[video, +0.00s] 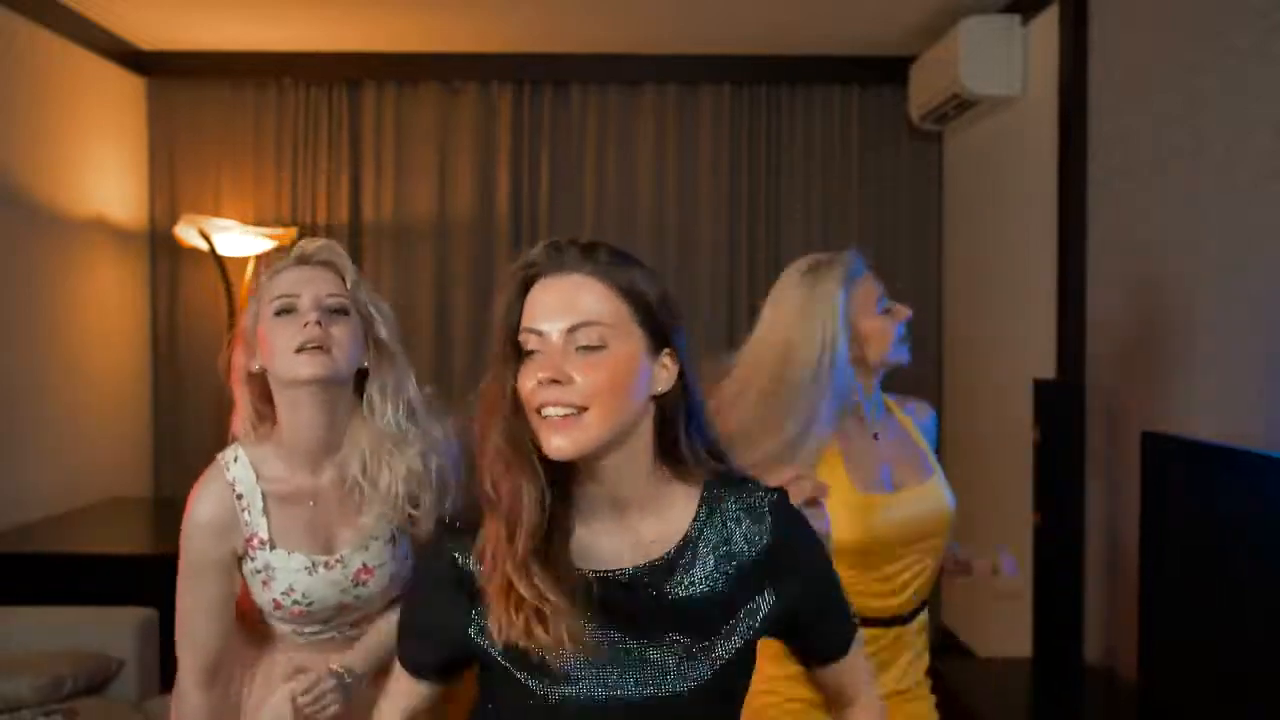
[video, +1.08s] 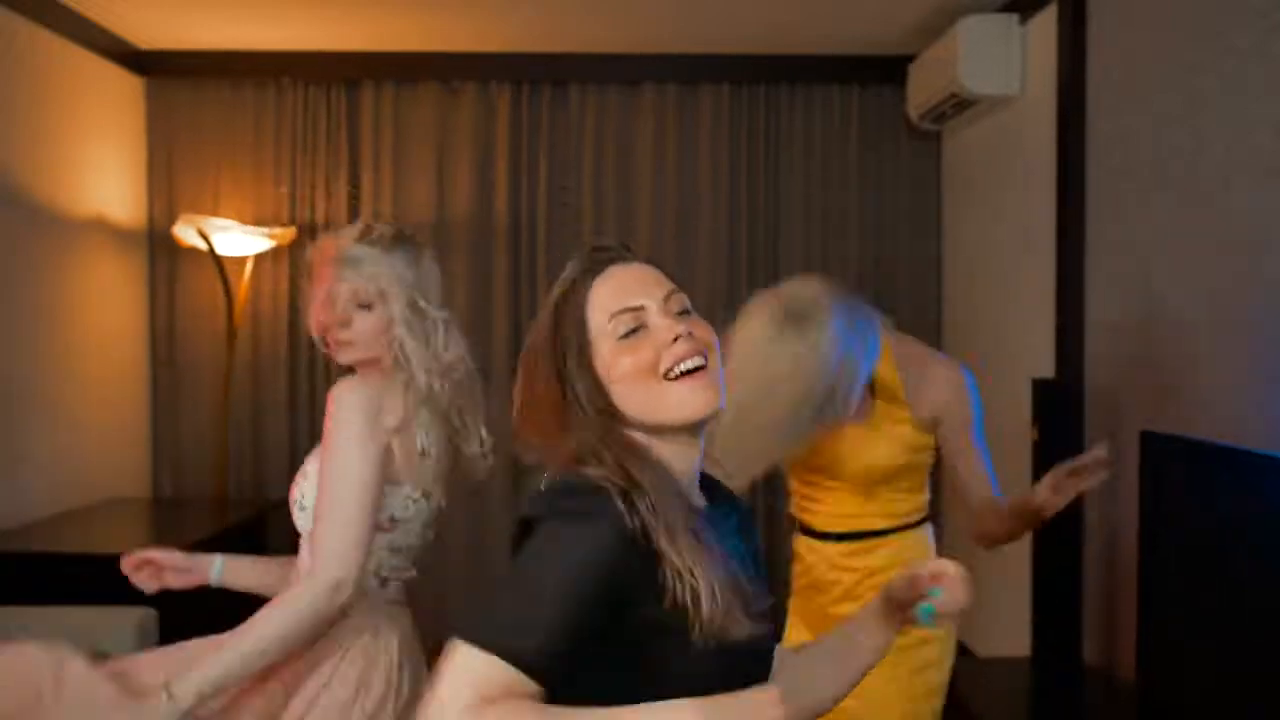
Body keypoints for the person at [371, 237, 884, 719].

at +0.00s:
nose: (547, 373)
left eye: (588, 345)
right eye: (531, 351)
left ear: (661, 370)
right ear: (513, 375)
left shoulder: (760, 535)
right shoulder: (475, 558)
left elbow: (857, 701)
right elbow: (396, 708)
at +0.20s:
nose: (576, 333)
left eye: (610, 307)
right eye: (553, 320)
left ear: (674, 344)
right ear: (533, 361)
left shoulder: (757, 516)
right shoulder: (485, 541)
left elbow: (778, 707)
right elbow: (467, 709)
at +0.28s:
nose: (616, 293)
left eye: (640, 272)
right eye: (581, 289)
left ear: (691, 310)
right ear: (555, 345)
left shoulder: (773, 458)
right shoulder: (521, 476)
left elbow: (794, 686)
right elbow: (512, 699)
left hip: (728, 704)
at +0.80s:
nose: (679, 255)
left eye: (684, 233)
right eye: (635, 252)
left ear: (720, 258)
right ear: (592, 305)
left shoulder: (768, 420)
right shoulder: (565, 436)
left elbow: (783, 594)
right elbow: (446, 661)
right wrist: (394, 631)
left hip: (749, 711)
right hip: (601, 706)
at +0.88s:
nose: (679, 282)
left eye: (685, 260)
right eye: (633, 279)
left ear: (715, 282)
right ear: (586, 329)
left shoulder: (752, 442)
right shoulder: (561, 458)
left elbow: (795, 620)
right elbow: (376, 646)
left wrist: (945, 529)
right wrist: (373, 583)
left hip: (751, 713)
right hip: (611, 708)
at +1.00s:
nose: (676, 299)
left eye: (680, 278)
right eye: (630, 294)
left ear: (706, 303)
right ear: (582, 342)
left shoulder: (741, 482)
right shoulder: (559, 465)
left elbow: (804, 664)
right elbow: (367, 639)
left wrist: (941, 590)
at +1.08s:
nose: (678, 330)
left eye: (680, 308)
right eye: (631, 328)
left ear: (711, 332)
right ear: (582, 385)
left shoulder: (723, 511)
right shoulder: (590, 520)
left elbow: (770, 694)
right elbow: (462, 701)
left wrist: (883, 617)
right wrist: (723, 703)